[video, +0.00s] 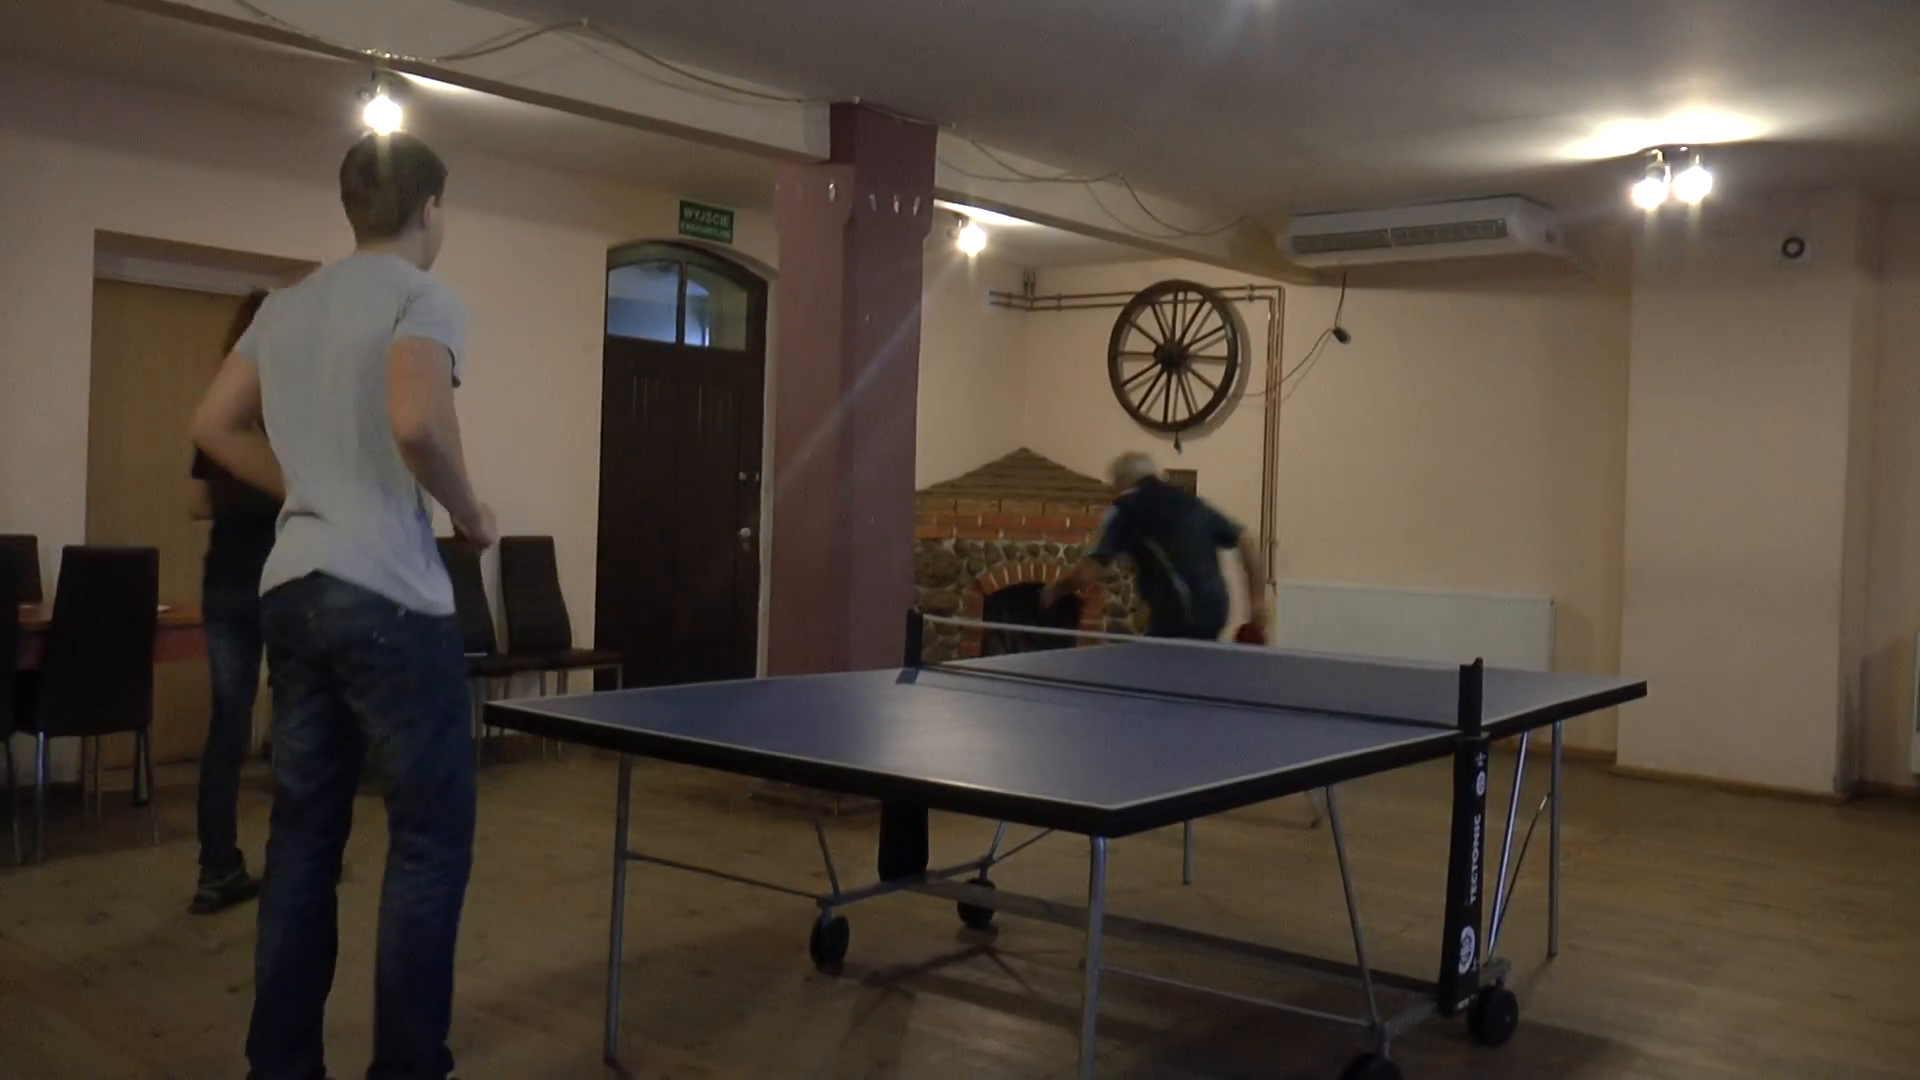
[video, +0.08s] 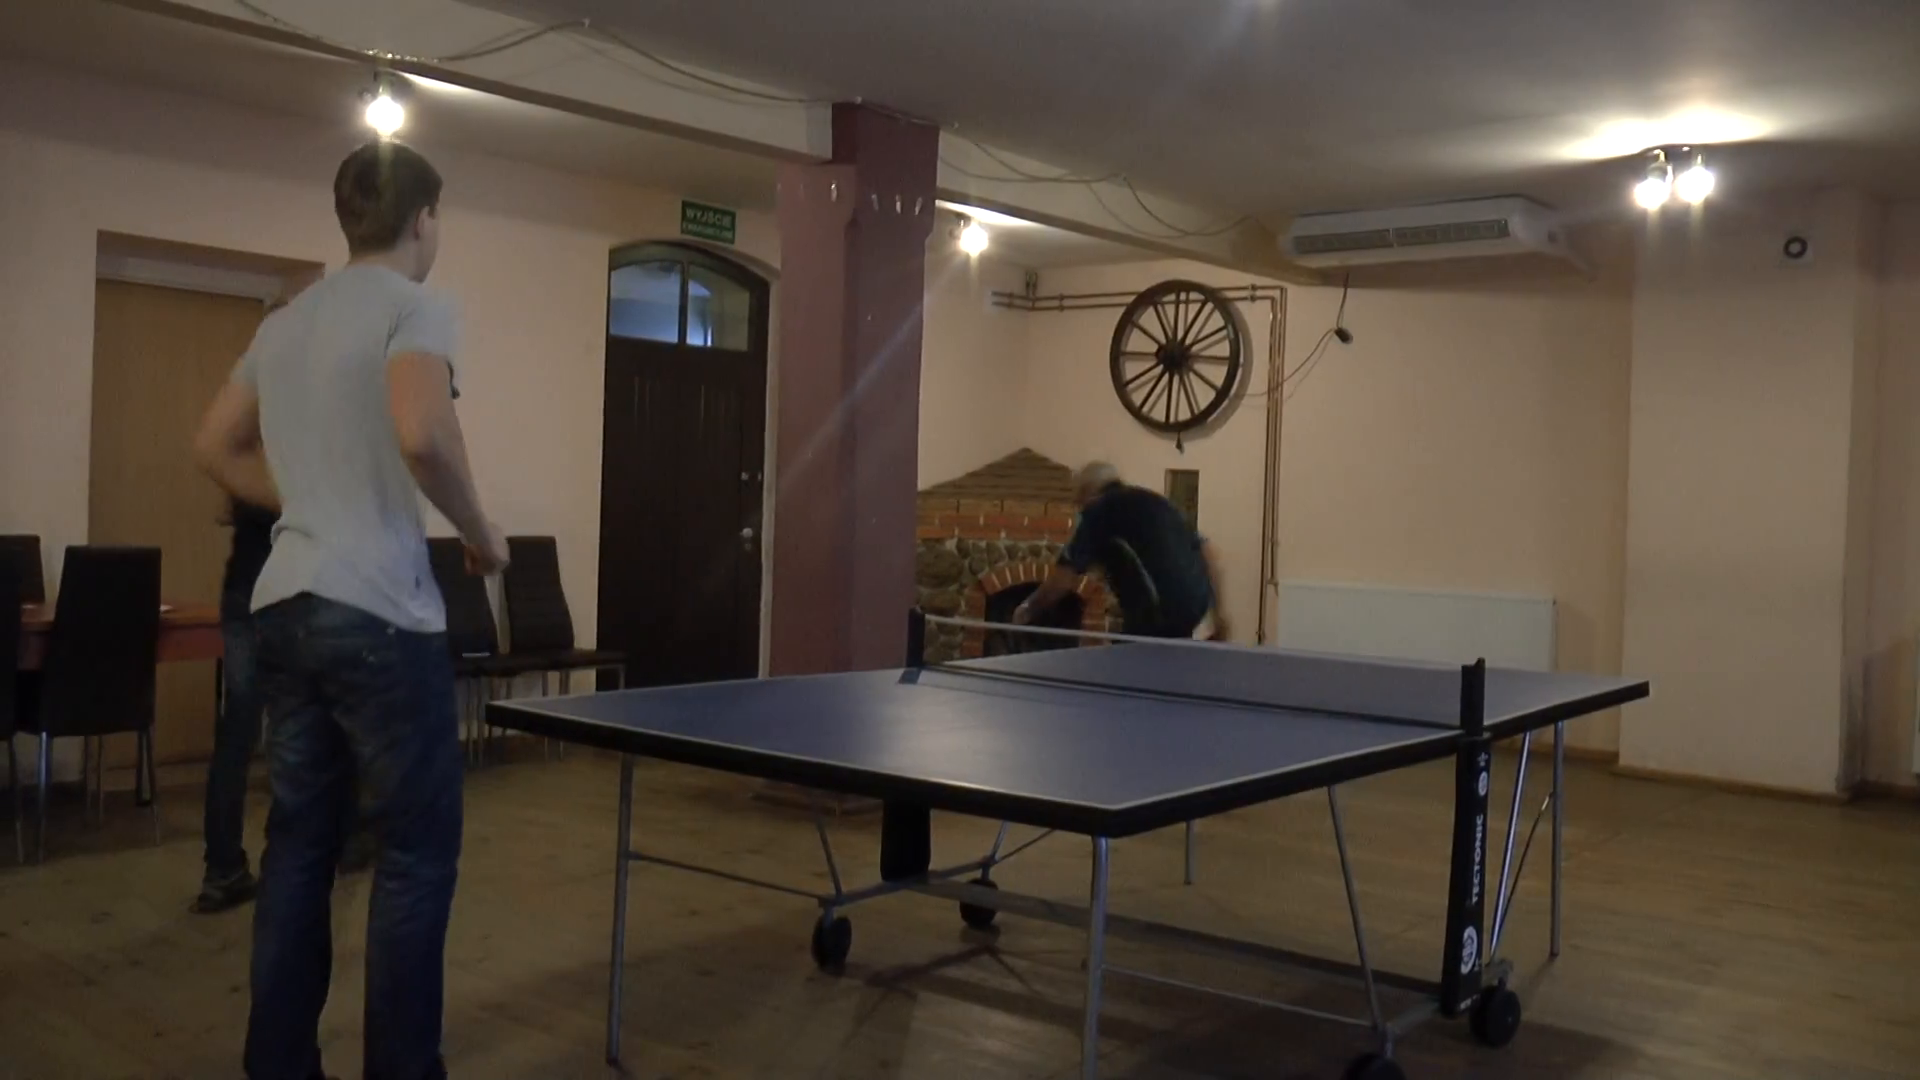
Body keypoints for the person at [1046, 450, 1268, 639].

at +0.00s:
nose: (1115, 492)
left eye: (1115, 485)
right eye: (1114, 486)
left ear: (1120, 482)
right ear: (1152, 474)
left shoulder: (1129, 509)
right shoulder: (1186, 501)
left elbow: (1093, 568)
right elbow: (1245, 539)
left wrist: (1057, 588)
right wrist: (1258, 607)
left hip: (1175, 614)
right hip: (1215, 611)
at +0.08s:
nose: (1079, 505)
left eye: (1079, 498)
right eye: (1078, 499)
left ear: (1088, 490)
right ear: (1115, 482)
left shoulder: (1099, 512)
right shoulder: (1153, 500)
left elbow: (1064, 579)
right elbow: (1205, 550)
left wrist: (1031, 607)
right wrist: (1219, 613)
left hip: (1155, 614)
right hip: (1196, 603)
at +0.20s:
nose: (1043, 500)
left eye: (1041, 492)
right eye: (1039, 494)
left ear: (1052, 482)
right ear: (1072, 473)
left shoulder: (1071, 501)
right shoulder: (1113, 489)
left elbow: (1047, 573)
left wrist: (1012, 611)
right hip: (1164, 588)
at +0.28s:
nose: (1025, 490)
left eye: (1023, 482)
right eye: (1021, 485)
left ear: (1033, 472)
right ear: (1053, 463)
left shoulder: (1057, 487)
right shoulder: (1092, 476)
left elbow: (1036, 561)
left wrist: (1004, 601)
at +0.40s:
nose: (996, 485)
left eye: (993, 478)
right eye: (991, 481)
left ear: (1000, 465)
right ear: (1020, 454)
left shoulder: (1025, 477)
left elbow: (1015, 545)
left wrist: (983, 585)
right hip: (1111, 568)